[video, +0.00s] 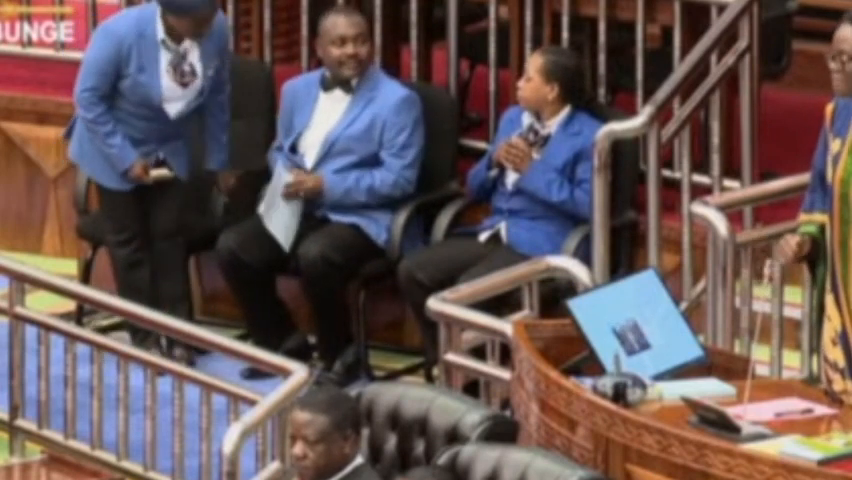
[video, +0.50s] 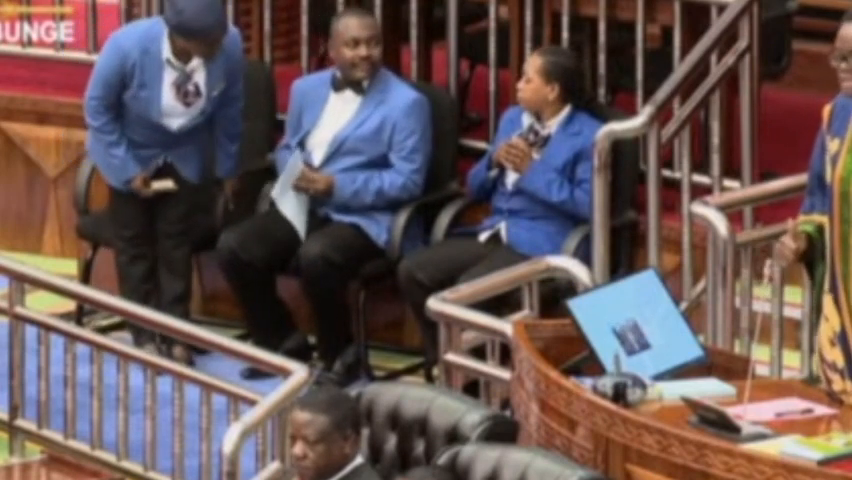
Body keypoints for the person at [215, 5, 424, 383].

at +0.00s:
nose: (351, 51)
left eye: (360, 42)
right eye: (339, 43)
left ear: (372, 45)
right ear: (319, 48)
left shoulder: (397, 101)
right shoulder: (296, 91)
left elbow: (400, 181)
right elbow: (278, 151)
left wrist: (324, 186)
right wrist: (291, 179)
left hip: (363, 219)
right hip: (299, 214)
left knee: (316, 256)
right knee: (235, 249)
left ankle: (339, 357)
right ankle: (281, 345)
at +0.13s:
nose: (353, 53)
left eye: (362, 43)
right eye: (342, 45)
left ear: (373, 46)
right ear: (321, 49)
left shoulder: (399, 103)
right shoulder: (298, 91)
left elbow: (402, 182)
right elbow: (280, 151)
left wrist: (328, 188)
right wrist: (294, 177)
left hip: (364, 219)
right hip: (300, 212)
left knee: (317, 256)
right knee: (235, 249)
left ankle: (339, 357)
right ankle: (281, 344)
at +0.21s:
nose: (353, 53)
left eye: (362, 43)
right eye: (342, 45)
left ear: (373, 46)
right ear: (321, 49)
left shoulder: (399, 103)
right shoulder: (298, 91)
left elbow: (402, 182)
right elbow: (280, 151)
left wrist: (328, 188)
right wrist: (294, 177)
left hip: (364, 219)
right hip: (300, 212)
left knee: (317, 256)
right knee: (235, 249)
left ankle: (339, 357)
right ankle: (281, 344)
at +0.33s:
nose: (358, 54)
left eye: (367, 44)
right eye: (347, 45)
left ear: (377, 46)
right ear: (326, 49)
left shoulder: (403, 104)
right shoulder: (302, 90)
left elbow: (405, 182)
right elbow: (282, 149)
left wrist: (331, 187)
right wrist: (295, 175)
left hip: (365, 218)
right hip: (300, 211)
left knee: (317, 257)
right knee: (236, 249)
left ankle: (339, 357)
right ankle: (282, 344)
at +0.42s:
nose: (361, 53)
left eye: (369, 43)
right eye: (349, 45)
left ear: (380, 46)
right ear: (329, 49)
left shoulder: (405, 104)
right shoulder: (303, 90)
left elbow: (407, 182)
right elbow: (284, 148)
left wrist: (332, 188)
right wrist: (293, 171)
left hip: (365, 219)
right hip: (300, 211)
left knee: (317, 258)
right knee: (236, 249)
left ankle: (339, 358)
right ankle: (282, 344)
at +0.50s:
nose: (363, 53)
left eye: (370, 43)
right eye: (352, 45)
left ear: (381, 47)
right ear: (331, 50)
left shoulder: (406, 103)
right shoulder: (305, 90)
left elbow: (408, 182)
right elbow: (285, 148)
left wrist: (334, 187)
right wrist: (296, 172)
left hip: (365, 219)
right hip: (300, 210)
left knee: (317, 258)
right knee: (236, 249)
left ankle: (339, 358)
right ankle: (282, 344)